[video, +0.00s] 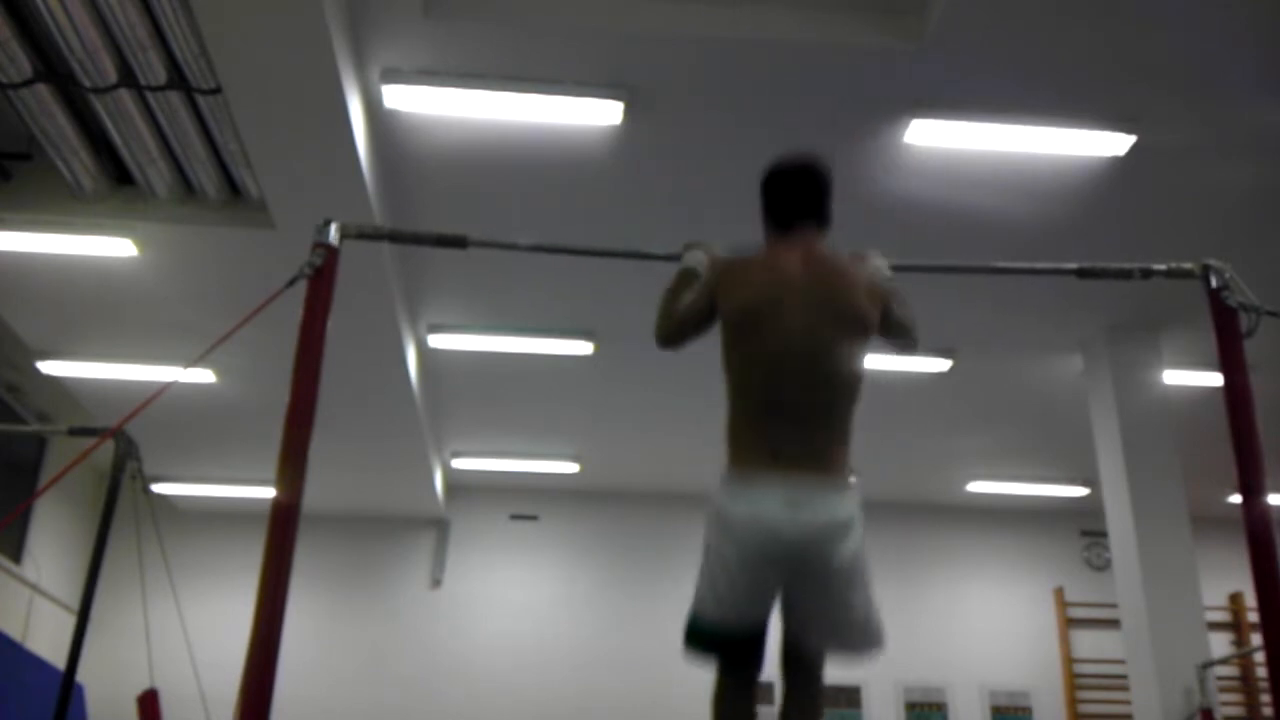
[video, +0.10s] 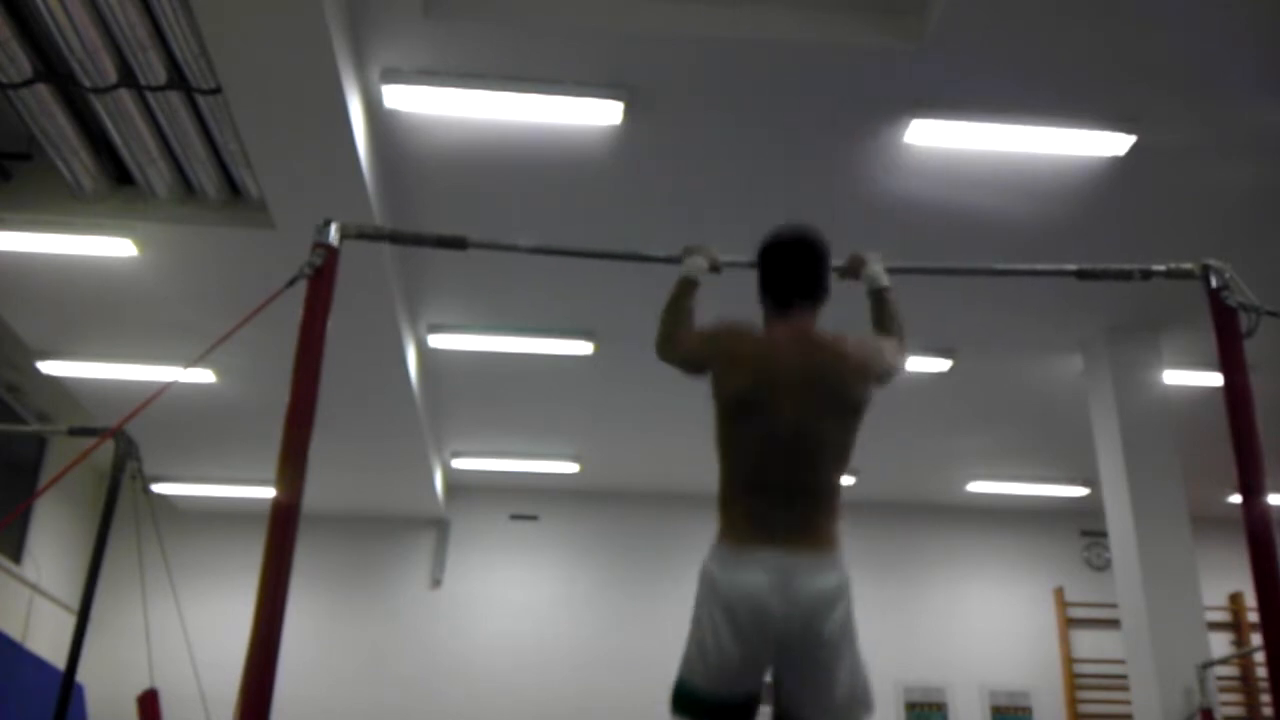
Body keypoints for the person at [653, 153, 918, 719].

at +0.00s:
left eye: (779, 209)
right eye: (812, 210)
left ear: (764, 213)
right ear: (827, 213)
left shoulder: (732, 278)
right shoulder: (852, 285)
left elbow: (670, 331)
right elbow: (905, 334)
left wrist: (690, 271)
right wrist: (880, 280)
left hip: (748, 505)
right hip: (824, 509)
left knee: (735, 674)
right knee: (806, 673)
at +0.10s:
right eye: (807, 282)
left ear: (761, 288)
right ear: (823, 292)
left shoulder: (731, 349)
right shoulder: (851, 361)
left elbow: (673, 344)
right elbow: (891, 348)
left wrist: (688, 278)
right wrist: (879, 285)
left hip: (738, 571)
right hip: (816, 574)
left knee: (711, 709)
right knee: (824, 713)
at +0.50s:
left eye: (757, 383)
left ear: (750, 397)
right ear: (809, 398)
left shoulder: (729, 445)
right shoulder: (832, 451)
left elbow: (681, 365)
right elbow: (877, 371)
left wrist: (691, 277)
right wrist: (874, 288)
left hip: (727, 650)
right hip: (803, 653)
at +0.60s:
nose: (803, 372)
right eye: (806, 362)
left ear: (758, 371)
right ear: (815, 371)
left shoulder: (735, 425)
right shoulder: (840, 432)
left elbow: (680, 359)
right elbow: (878, 367)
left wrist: (690, 277)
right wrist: (875, 288)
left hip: (733, 625)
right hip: (809, 626)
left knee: (708, 713)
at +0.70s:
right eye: (822, 329)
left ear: (770, 333)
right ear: (831, 338)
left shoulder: (744, 393)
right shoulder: (856, 404)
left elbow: (683, 354)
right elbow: (884, 358)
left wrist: (691, 276)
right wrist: (876, 289)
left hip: (746, 609)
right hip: (824, 614)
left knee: (729, 708)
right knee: (789, 711)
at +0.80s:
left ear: (785, 286)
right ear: (848, 292)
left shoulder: (752, 346)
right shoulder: (871, 364)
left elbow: (688, 344)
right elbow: (892, 339)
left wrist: (694, 275)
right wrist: (879, 285)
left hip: (755, 561)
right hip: (831, 568)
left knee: (729, 601)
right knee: (802, 623)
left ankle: (736, 618)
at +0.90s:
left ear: (789, 211)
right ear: (853, 214)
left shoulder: (759, 274)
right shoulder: (880, 285)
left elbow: (685, 309)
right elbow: (916, 328)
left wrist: (695, 260)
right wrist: (874, 272)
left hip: (763, 485)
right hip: (838, 491)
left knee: (738, 529)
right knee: (787, 539)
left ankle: (736, 557)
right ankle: (748, 559)